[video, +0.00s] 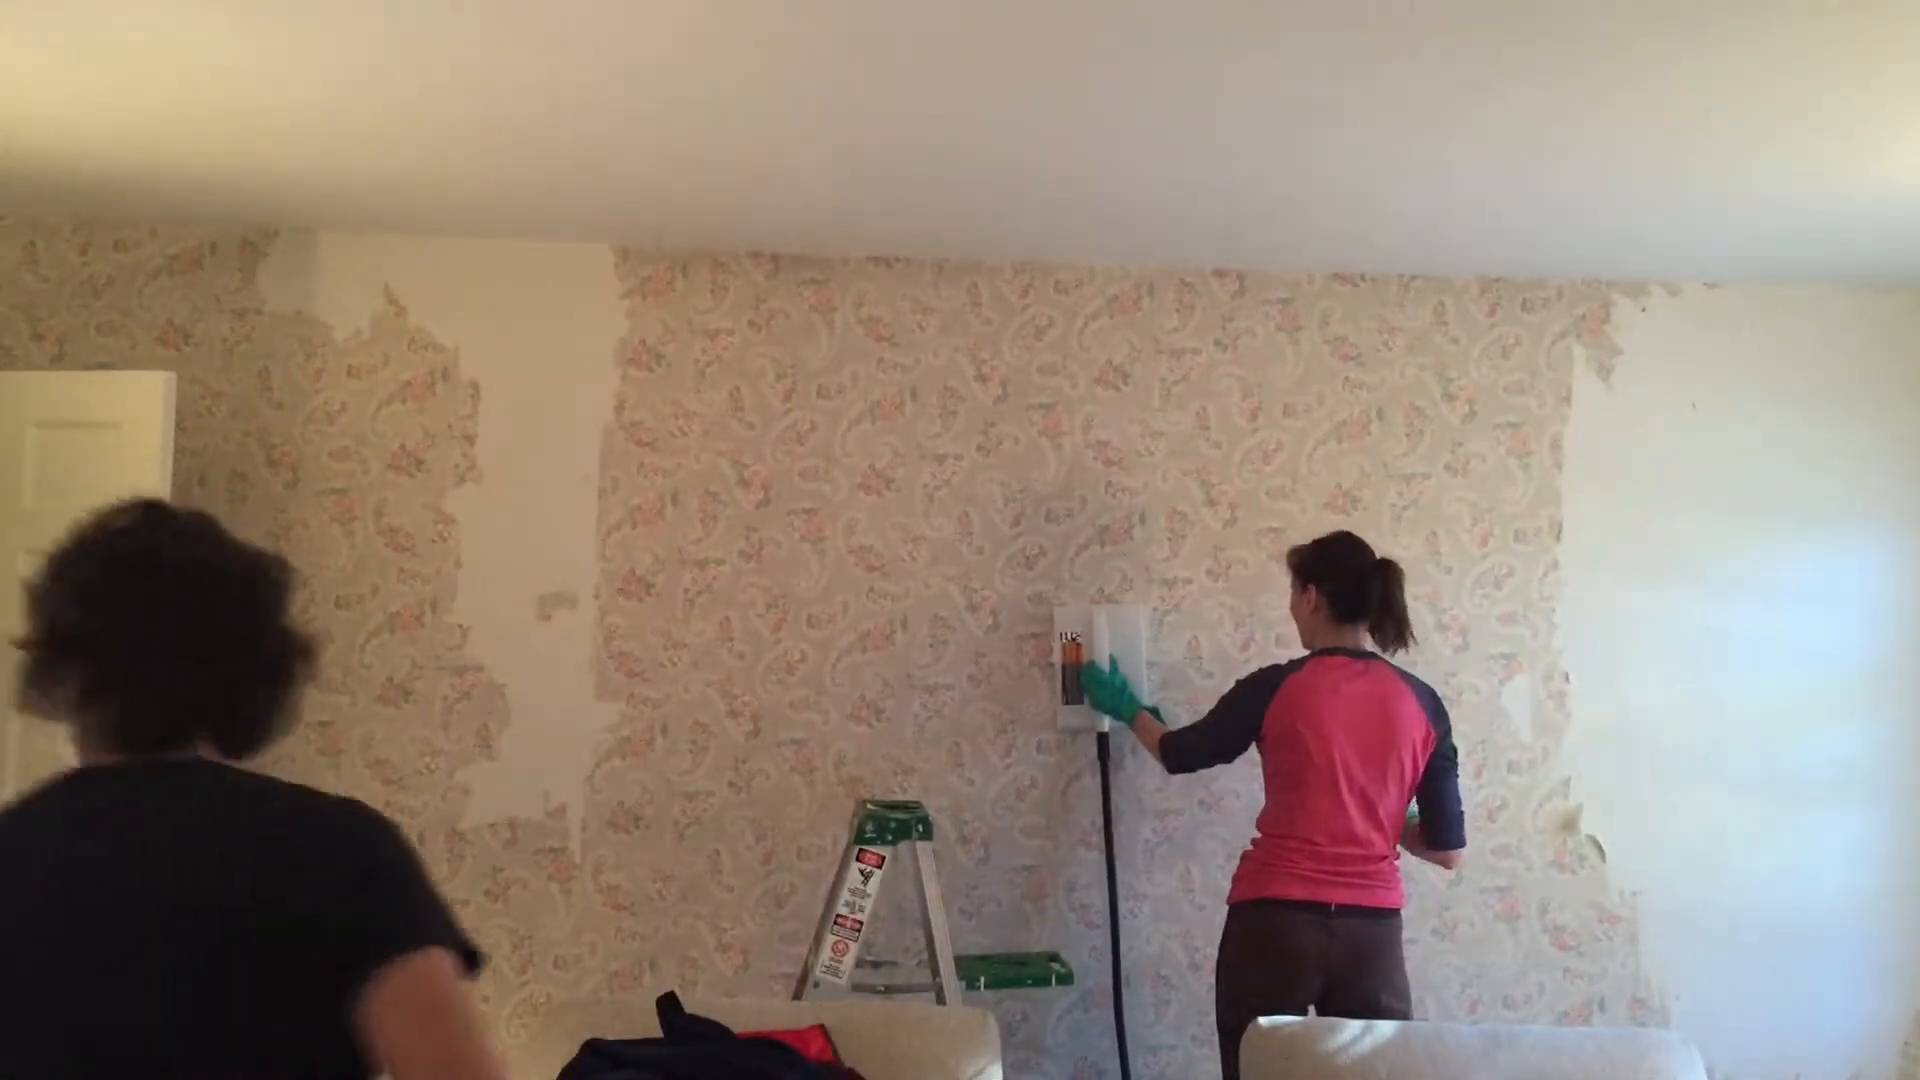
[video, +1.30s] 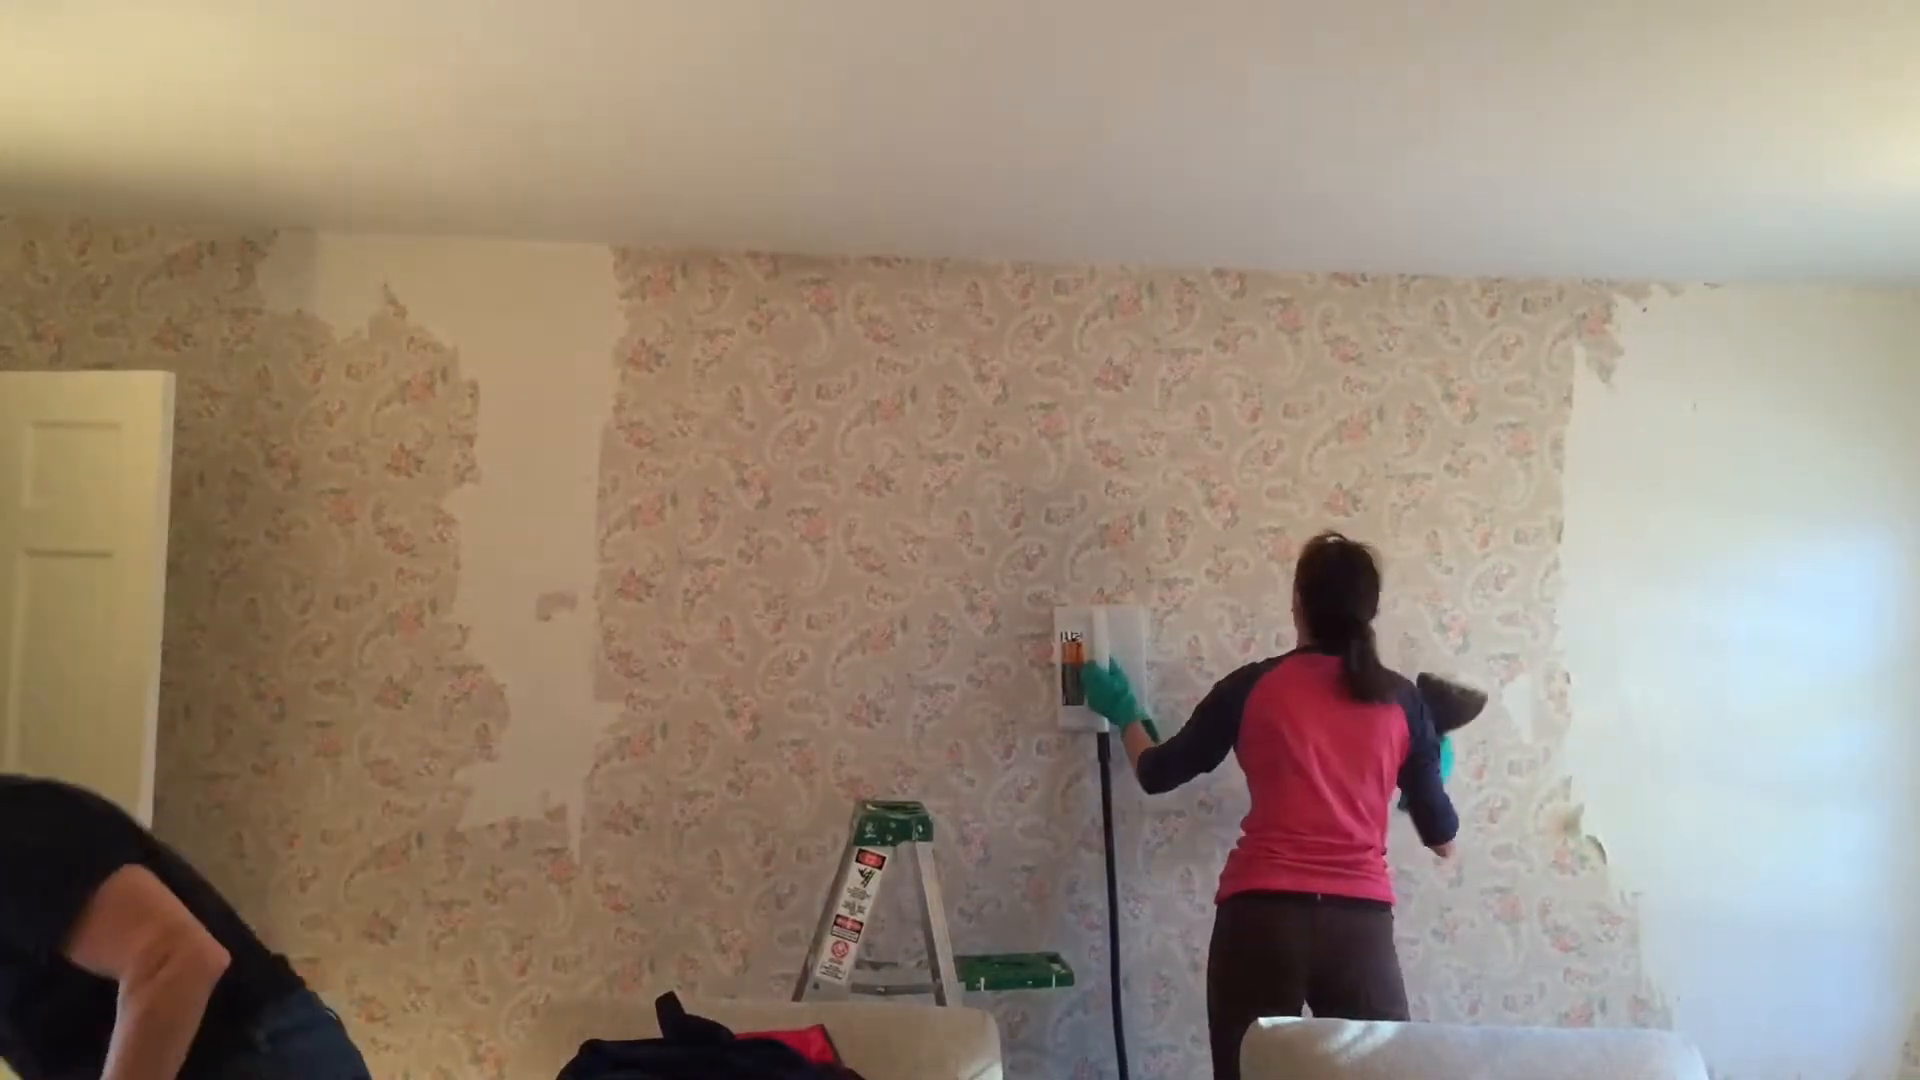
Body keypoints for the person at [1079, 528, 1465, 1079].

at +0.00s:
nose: (1291, 606)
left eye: (1294, 590)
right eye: (1293, 590)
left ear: (1313, 596)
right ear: (1370, 598)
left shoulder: (1275, 685)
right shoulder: (1425, 704)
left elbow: (1177, 753)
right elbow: (1446, 848)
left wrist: (1128, 709)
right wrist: (1378, 815)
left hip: (1270, 933)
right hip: (1371, 940)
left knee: (1254, 1073)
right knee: (1380, 1076)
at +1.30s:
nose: (1292, 599)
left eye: (1294, 590)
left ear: (1298, 602)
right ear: (1372, 608)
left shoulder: (1251, 687)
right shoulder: (1402, 701)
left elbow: (1155, 774)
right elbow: (1442, 838)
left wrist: (1124, 713)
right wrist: (1433, 770)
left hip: (1257, 927)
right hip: (1359, 933)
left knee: (1243, 1075)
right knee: (1382, 1075)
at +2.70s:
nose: (1210, 630)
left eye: (1211, 617)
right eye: (1207, 618)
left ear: (1249, 619)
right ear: (1272, 611)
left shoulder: (1244, 694)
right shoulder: (1367, 688)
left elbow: (1162, 739)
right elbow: (1423, 794)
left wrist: (1133, 663)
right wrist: (1432, 754)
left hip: (1258, 928)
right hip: (1354, 929)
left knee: (1244, 1074)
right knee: (1372, 1075)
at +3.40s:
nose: (1226, 629)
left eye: (1224, 616)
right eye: (1221, 616)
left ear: (1256, 615)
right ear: (1302, 605)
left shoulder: (1246, 693)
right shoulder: (1373, 694)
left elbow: (1154, 724)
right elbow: (1428, 793)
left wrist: (1124, 662)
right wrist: (1435, 754)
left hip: (1250, 934)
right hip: (1344, 936)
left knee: (1235, 1075)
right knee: (1357, 1076)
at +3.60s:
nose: (1224, 622)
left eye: (1227, 607)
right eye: (1221, 608)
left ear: (1267, 607)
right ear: (1298, 604)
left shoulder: (1246, 691)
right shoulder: (1377, 694)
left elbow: (1154, 725)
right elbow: (1430, 794)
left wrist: (1123, 661)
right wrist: (1435, 753)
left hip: (1252, 933)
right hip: (1348, 934)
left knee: (1239, 1074)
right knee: (1364, 1076)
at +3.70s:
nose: (1230, 621)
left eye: (1232, 606)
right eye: (1227, 607)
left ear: (1270, 606)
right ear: (1304, 602)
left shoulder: (1247, 689)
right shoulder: (1380, 691)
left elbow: (1155, 726)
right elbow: (1434, 793)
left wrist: (1122, 661)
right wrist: (1436, 749)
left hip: (1257, 932)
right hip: (1354, 933)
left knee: (1243, 1075)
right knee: (1373, 1076)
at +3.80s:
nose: (1238, 622)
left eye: (1240, 606)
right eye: (1235, 608)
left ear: (1278, 606)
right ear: (1308, 604)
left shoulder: (1252, 688)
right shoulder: (1386, 691)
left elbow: (1156, 727)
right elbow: (1443, 796)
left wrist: (1123, 662)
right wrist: (1435, 741)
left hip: (1262, 933)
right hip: (1362, 935)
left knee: (1248, 1075)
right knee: (1385, 1075)